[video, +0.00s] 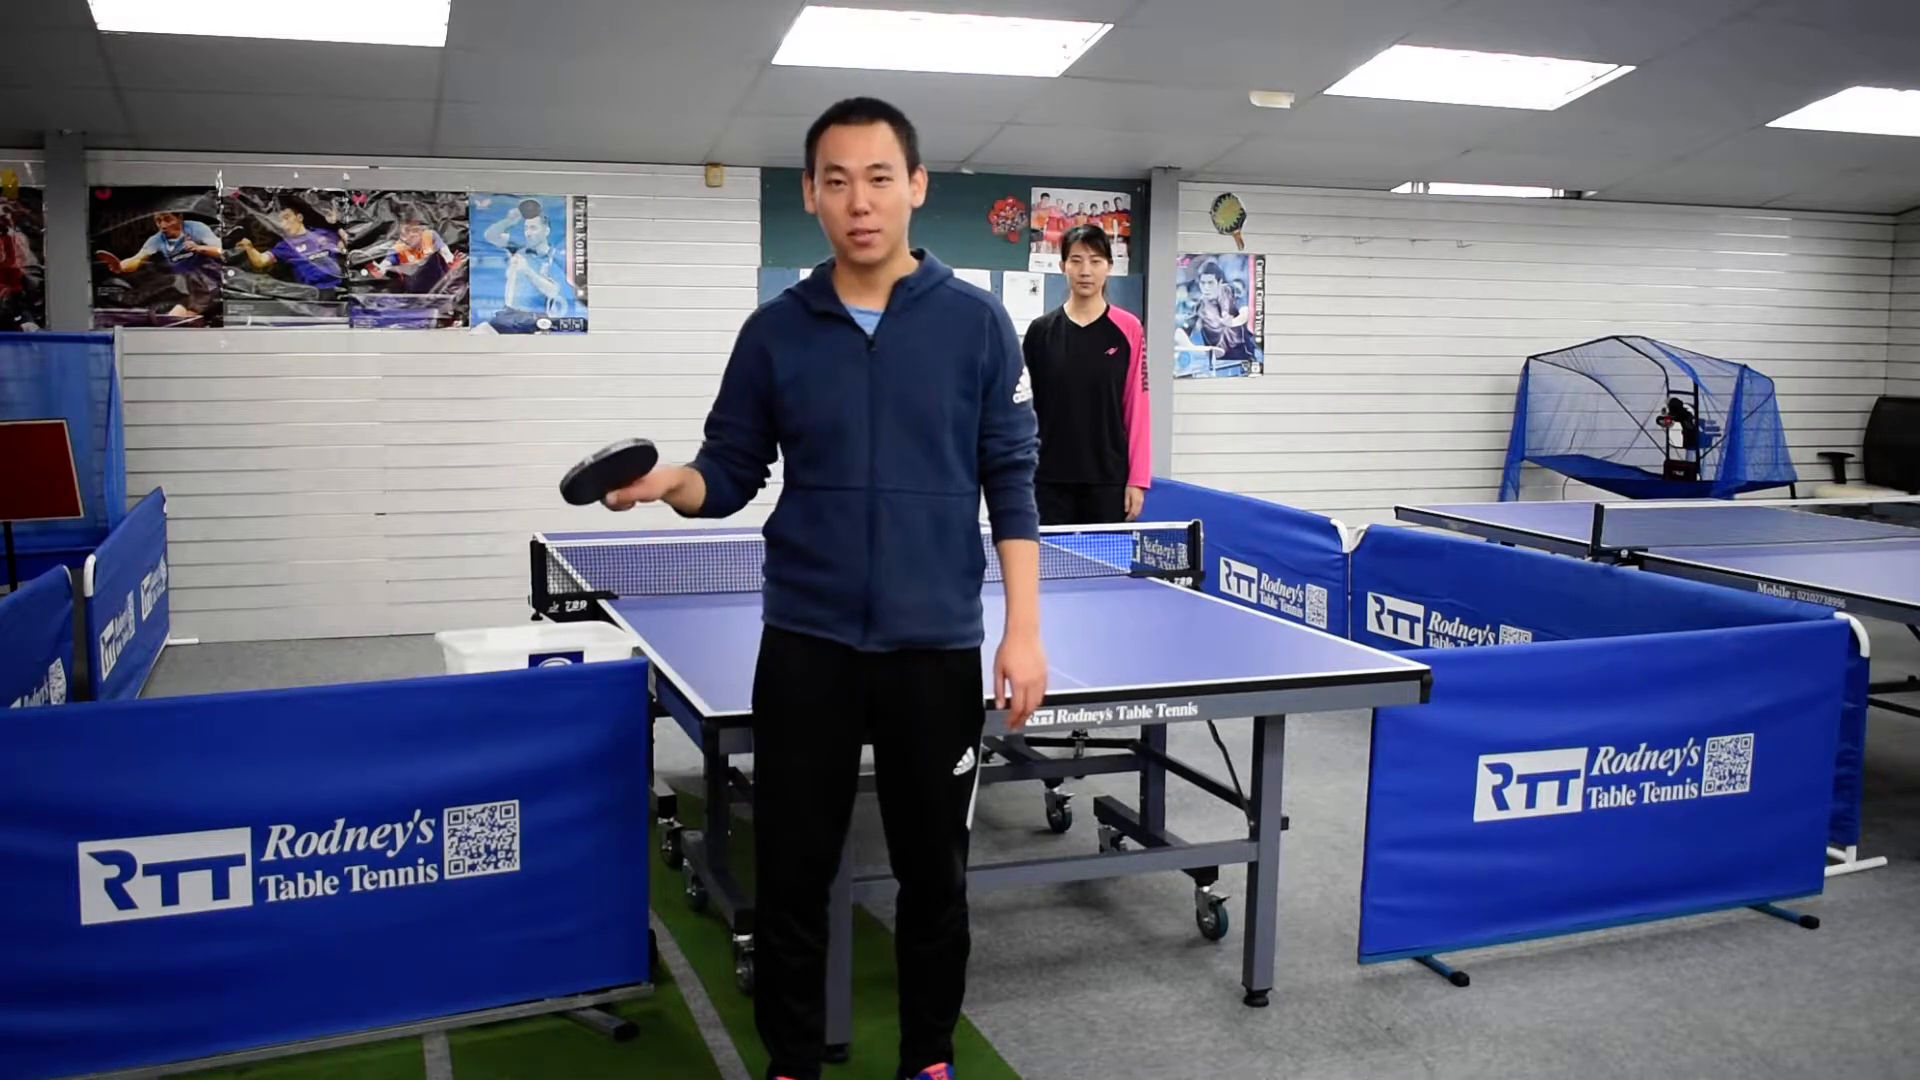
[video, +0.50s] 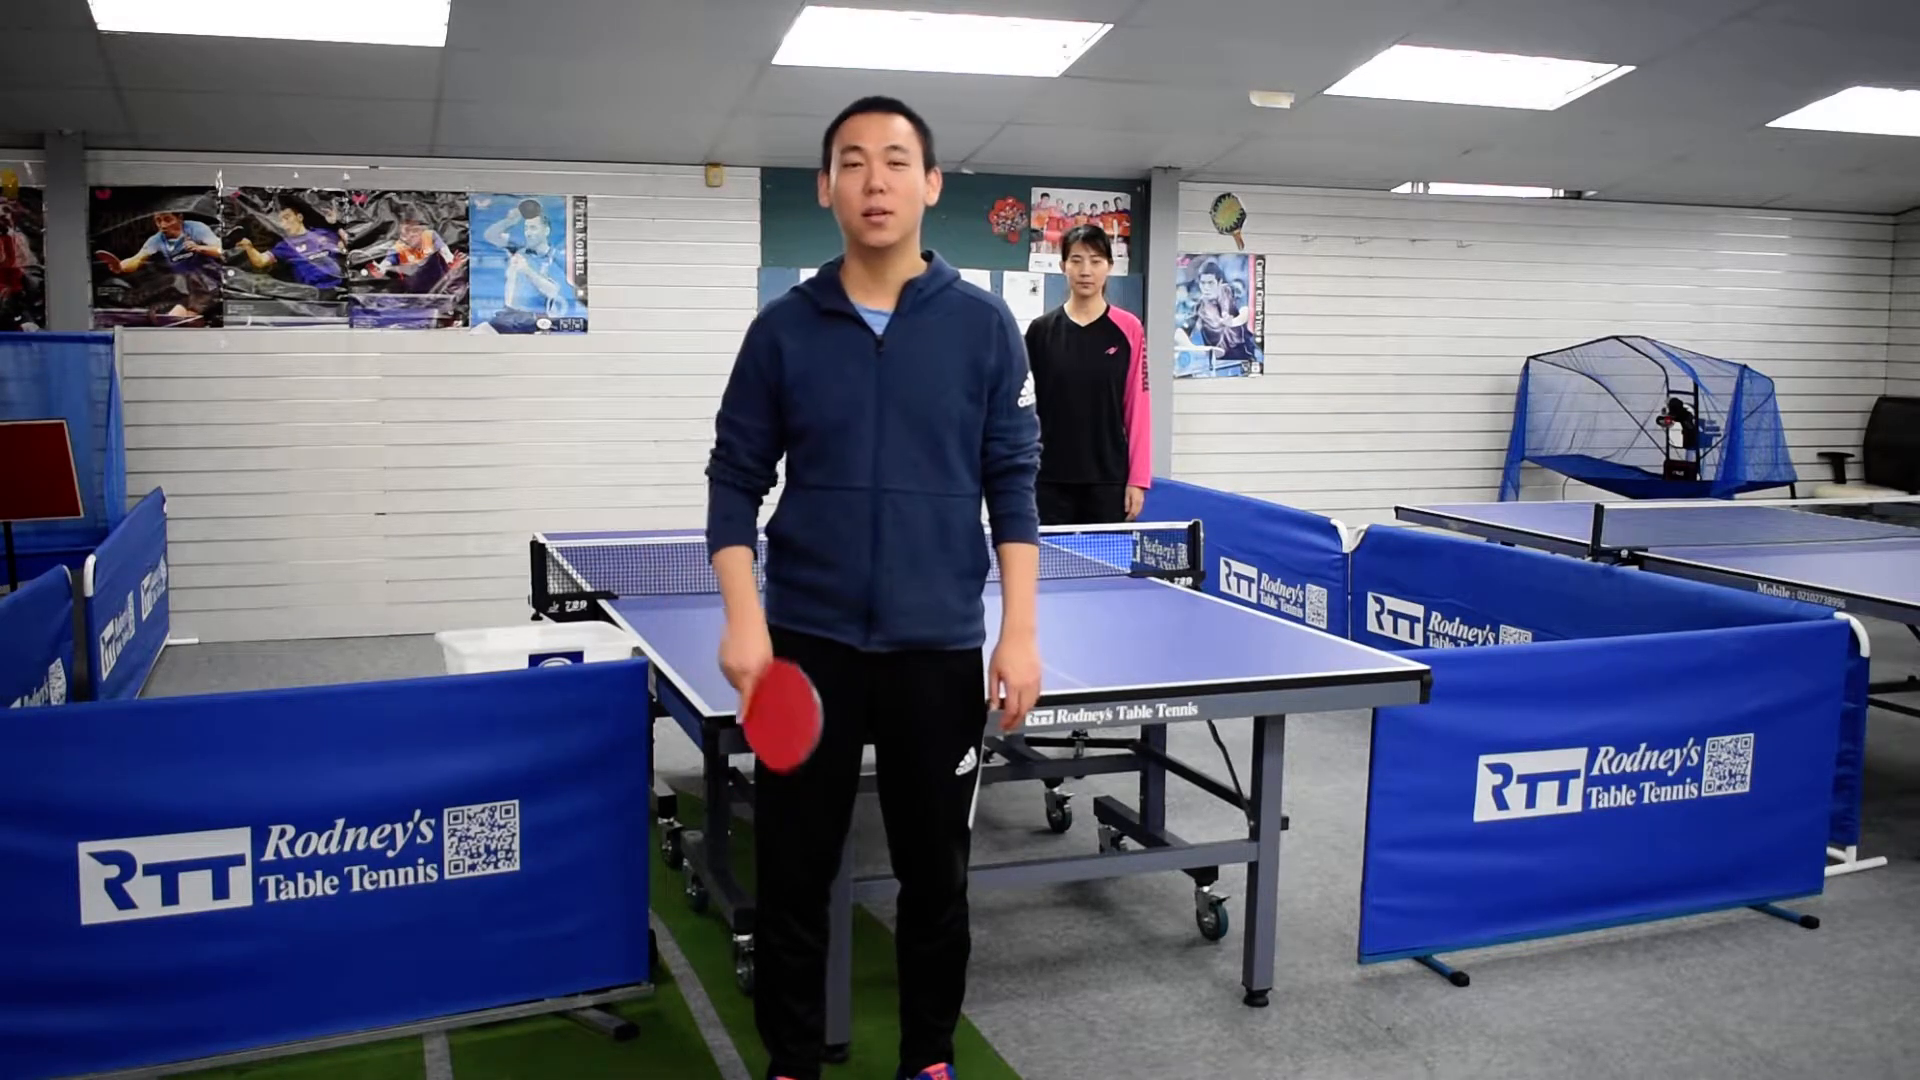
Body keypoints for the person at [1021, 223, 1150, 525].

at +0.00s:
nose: (1085, 271)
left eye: (1095, 262)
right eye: (1076, 261)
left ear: (1109, 268)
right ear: (1063, 267)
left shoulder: (1128, 329)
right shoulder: (1040, 331)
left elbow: (1137, 407)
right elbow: (1024, 404)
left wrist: (1138, 478)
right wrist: (1021, 476)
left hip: (1107, 481)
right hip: (1050, 480)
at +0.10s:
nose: (1085, 271)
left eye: (1095, 262)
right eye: (1076, 261)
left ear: (1109, 268)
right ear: (1063, 267)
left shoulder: (1128, 329)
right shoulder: (1040, 331)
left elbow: (1137, 407)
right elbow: (1023, 404)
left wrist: (1138, 478)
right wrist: (1021, 476)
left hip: (1107, 481)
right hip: (1050, 479)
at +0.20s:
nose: (1085, 271)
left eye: (1095, 262)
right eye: (1076, 261)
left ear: (1109, 268)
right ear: (1063, 267)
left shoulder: (1128, 329)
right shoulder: (1040, 331)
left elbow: (1137, 407)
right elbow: (1024, 405)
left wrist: (1138, 478)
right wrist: (1021, 476)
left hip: (1107, 481)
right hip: (1050, 479)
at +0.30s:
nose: (1085, 271)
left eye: (1095, 262)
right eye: (1076, 261)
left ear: (1109, 268)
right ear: (1064, 266)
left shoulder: (1128, 329)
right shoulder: (1040, 331)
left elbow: (1137, 407)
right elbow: (1023, 405)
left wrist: (1138, 479)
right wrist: (1020, 476)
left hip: (1107, 481)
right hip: (1049, 480)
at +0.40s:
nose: (1085, 271)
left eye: (1096, 262)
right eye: (1076, 261)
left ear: (1109, 268)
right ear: (1064, 266)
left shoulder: (1128, 329)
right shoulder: (1040, 331)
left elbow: (1137, 407)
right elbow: (1023, 405)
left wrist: (1138, 478)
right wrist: (1021, 477)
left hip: (1107, 481)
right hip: (1050, 480)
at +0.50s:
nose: (1086, 271)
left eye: (1096, 262)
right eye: (1076, 261)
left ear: (1109, 268)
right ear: (1064, 266)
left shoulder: (1128, 329)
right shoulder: (1040, 331)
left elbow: (1137, 407)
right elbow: (1023, 405)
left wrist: (1138, 478)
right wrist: (1021, 477)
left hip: (1108, 481)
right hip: (1050, 480)